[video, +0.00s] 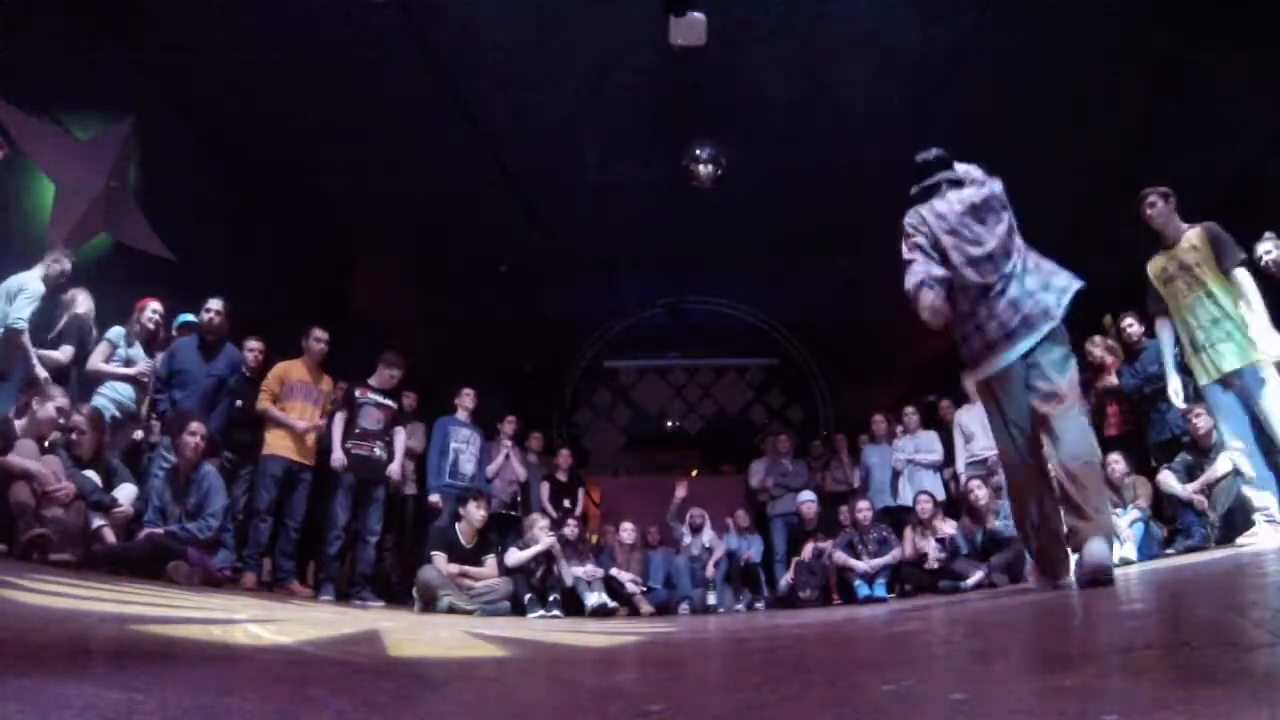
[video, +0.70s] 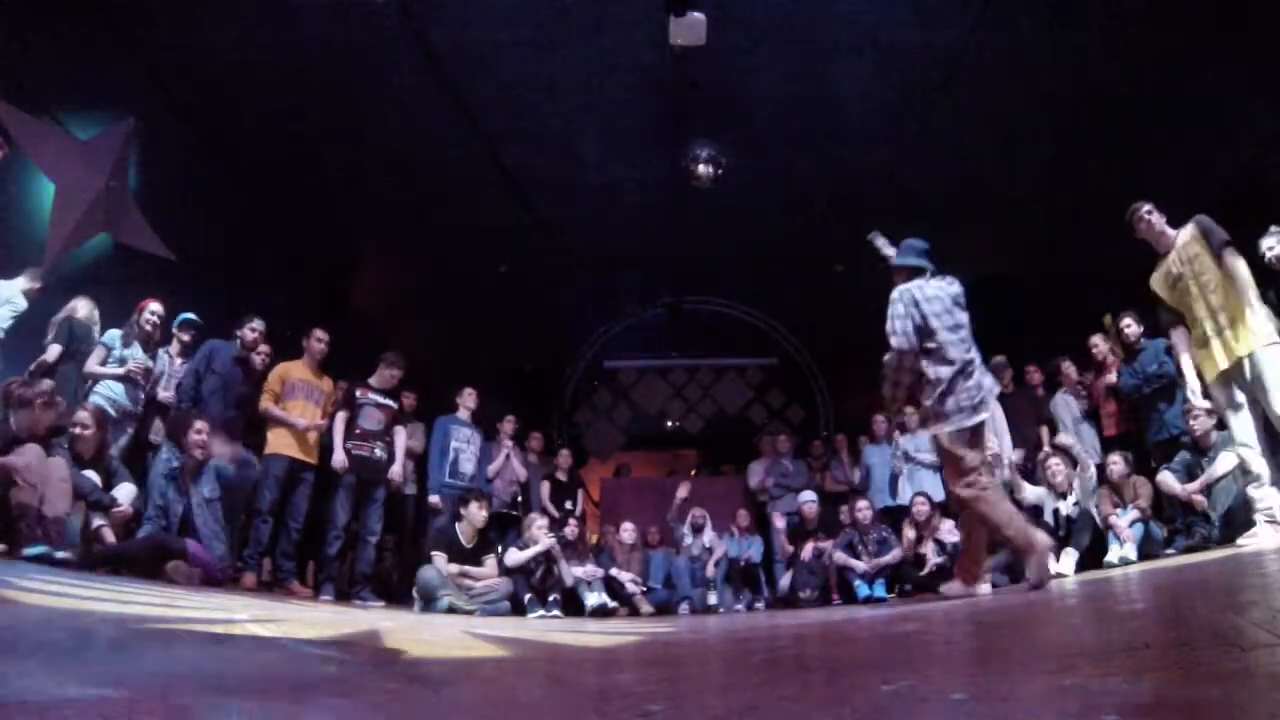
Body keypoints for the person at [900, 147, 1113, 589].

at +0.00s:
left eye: (920, 184)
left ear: (915, 186)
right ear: (954, 169)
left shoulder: (919, 221)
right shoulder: (988, 186)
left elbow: (928, 294)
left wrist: (934, 302)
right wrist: (956, 167)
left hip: (991, 338)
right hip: (1040, 312)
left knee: (1019, 452)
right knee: (1068, 416)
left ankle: (1051, 563)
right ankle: (1097, 538)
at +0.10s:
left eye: (919, 201)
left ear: (917, 200)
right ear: (955, 185)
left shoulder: (920, 235)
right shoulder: (991, 205)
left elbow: (932, 314)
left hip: (989, 358)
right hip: (1036, 334)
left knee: (1017, 463)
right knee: (1062, 424)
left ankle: (1049, 565)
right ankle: (1090, 497)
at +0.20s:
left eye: (922, 218)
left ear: (919, 216)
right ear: (955, 203)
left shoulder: (922, 247)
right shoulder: (989, 221)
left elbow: (928, 315)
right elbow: (1003, 276)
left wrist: (940, 368)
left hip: (983, 369)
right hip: (1029, 349)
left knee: (1011, 470)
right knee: (1047, 443)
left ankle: (1053, 567)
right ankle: (1081, 486)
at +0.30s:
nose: (926, 239)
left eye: (924, 233)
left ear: (921, 231)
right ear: (955, 221)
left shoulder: (924, 260)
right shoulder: (987, 241)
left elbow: (929, 335)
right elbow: (1009, 306)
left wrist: (934, 400)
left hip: (980, 387)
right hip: (1024, 372)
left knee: (1005, 479)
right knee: (1037, 460)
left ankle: (1053, 569)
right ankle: (1080, 499)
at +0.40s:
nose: (919, 247)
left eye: (918, 242)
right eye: (920, 241)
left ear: (920, 239)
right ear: (950, 231)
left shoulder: (921, 266)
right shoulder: (980, 251)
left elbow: (927, 331)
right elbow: (1002, 315)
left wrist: (927, 389)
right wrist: (1032, 367)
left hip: (972, 382)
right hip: (1012, 370)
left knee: (1004, 476)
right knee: (1022, 468)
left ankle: (1056, 558)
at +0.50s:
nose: (908, 254)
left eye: (910, 249)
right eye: (907, 249)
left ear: (916, 248)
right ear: (942, 242)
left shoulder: (915, 275)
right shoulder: (970, 260)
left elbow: (920, 334)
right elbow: (945, 271)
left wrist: (921, 388)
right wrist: (907, 267)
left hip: (967, 385)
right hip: (1004, 373)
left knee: (1005, 473)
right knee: (1001, 472)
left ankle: (1053, 559)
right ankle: (1008, 564)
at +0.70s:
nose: (897, 275)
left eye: (899, 271)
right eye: (898, 270)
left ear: (904, 271)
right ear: (927, 267)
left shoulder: (903, 295)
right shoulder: (952, 285)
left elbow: (904, 352)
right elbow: (924, 275)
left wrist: (895, 399)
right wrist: (898, 258)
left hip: (947, 401)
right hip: (978, 393)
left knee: (966, 483)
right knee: (976, 482)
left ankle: (1034, 543)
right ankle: (971, 576)